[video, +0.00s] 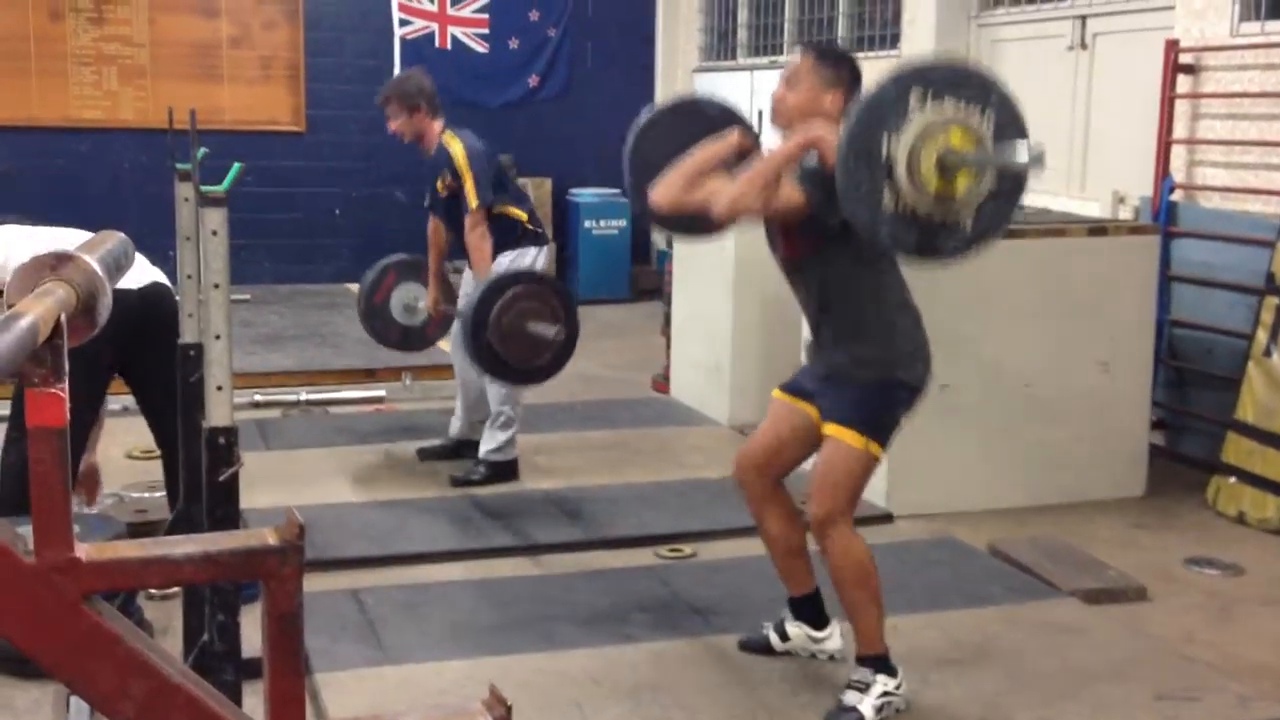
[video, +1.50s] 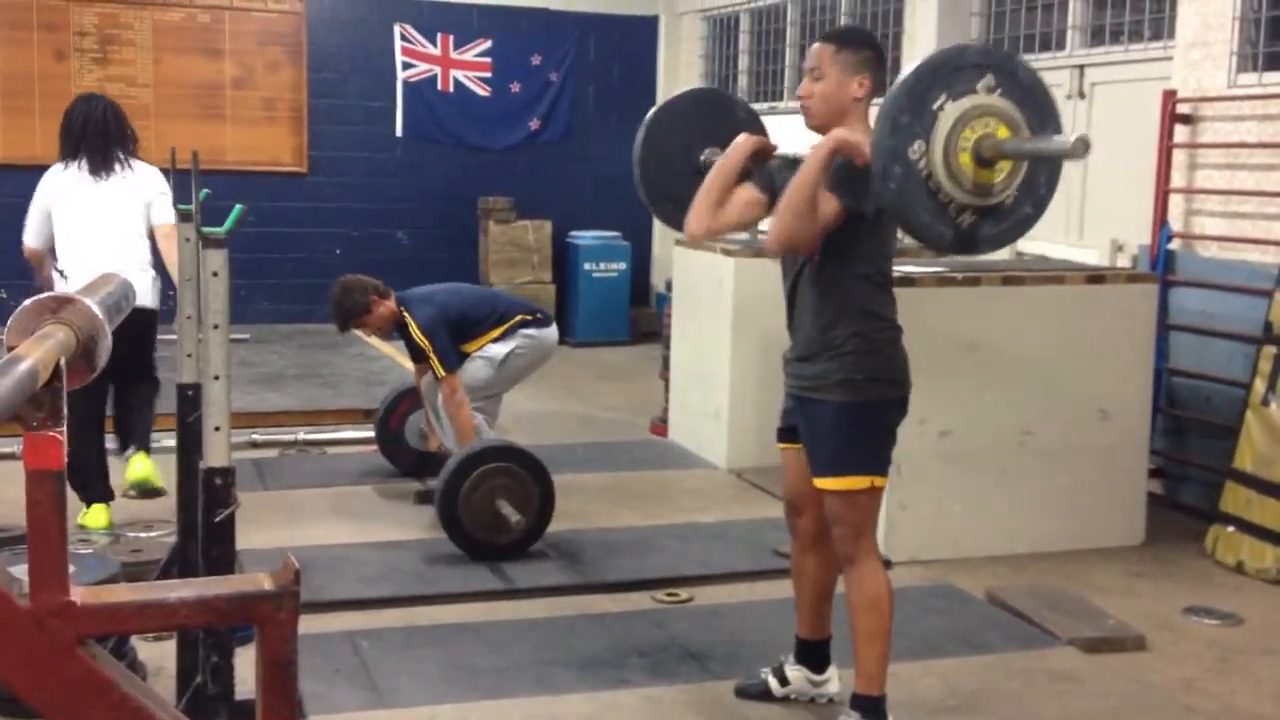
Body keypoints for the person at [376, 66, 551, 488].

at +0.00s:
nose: (391, 128)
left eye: (395, 117)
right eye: (388, 119)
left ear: (421, 111)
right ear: (415, 114)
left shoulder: (461, 148)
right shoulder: (438, 156)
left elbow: (478, 226)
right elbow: (438, 223)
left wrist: (494, 295)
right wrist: (434, 286)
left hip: (520, 251)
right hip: (485, 252)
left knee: (499, 347)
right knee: (464, 340)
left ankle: (501, 454)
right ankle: (467, 434)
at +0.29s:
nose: (372, 223)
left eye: (375, 212)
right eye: (369, 213)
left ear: (399, 202)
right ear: (394, 205)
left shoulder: (444, 228)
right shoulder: (420, 232)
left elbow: (467, 302)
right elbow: (435, 293)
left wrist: (479, 369)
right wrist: (437, 353)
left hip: (537, 273)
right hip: (508, 281)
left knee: (488, 362)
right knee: (463, 358)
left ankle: (501, 467)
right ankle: (469, 447)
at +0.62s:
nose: (377, 316)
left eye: (373, 309)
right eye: (371, 312)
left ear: (383, 292)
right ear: (386, 287)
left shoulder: (434, 297)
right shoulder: (420, 294)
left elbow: (460, 372)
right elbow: (434, 355)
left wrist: (470, 448)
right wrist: (440, 413)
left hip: (541, 307)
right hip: (533, 306)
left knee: (469, 379)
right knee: (488, 384)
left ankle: (489, 465)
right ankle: (497, 460)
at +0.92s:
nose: (365, 329)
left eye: (361, 322)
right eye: (359, 325)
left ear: (370, 305)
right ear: (375, 298)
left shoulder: (419, 310)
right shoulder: (407, 305)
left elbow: (449, 382)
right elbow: (427, 371)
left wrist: (468, 450)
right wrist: (439, 426)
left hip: (530, 310)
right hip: (524, 308)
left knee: (463, 385)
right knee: (487, 386)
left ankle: (488, 470)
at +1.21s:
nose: (367, 336)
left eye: (362, 327)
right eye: (359, 332)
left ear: (371, 306)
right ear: (373, 303)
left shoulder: (420, 315)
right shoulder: (407, 313)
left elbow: (451, 390)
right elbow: (427, 372)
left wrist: (469, 459)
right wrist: (439, 426)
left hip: (529, 319)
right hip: (523, 317)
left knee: (463, 396)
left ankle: (489, 478)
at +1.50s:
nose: (369, 333)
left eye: (365, 324)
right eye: (362, 329)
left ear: (377, 303)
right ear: (378, 300)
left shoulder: (421, 317)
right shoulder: (407, 314)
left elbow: (454, 391)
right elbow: (424, 375)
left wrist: (472, 459)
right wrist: (433, 434)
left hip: (529, 334)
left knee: (444, 391)